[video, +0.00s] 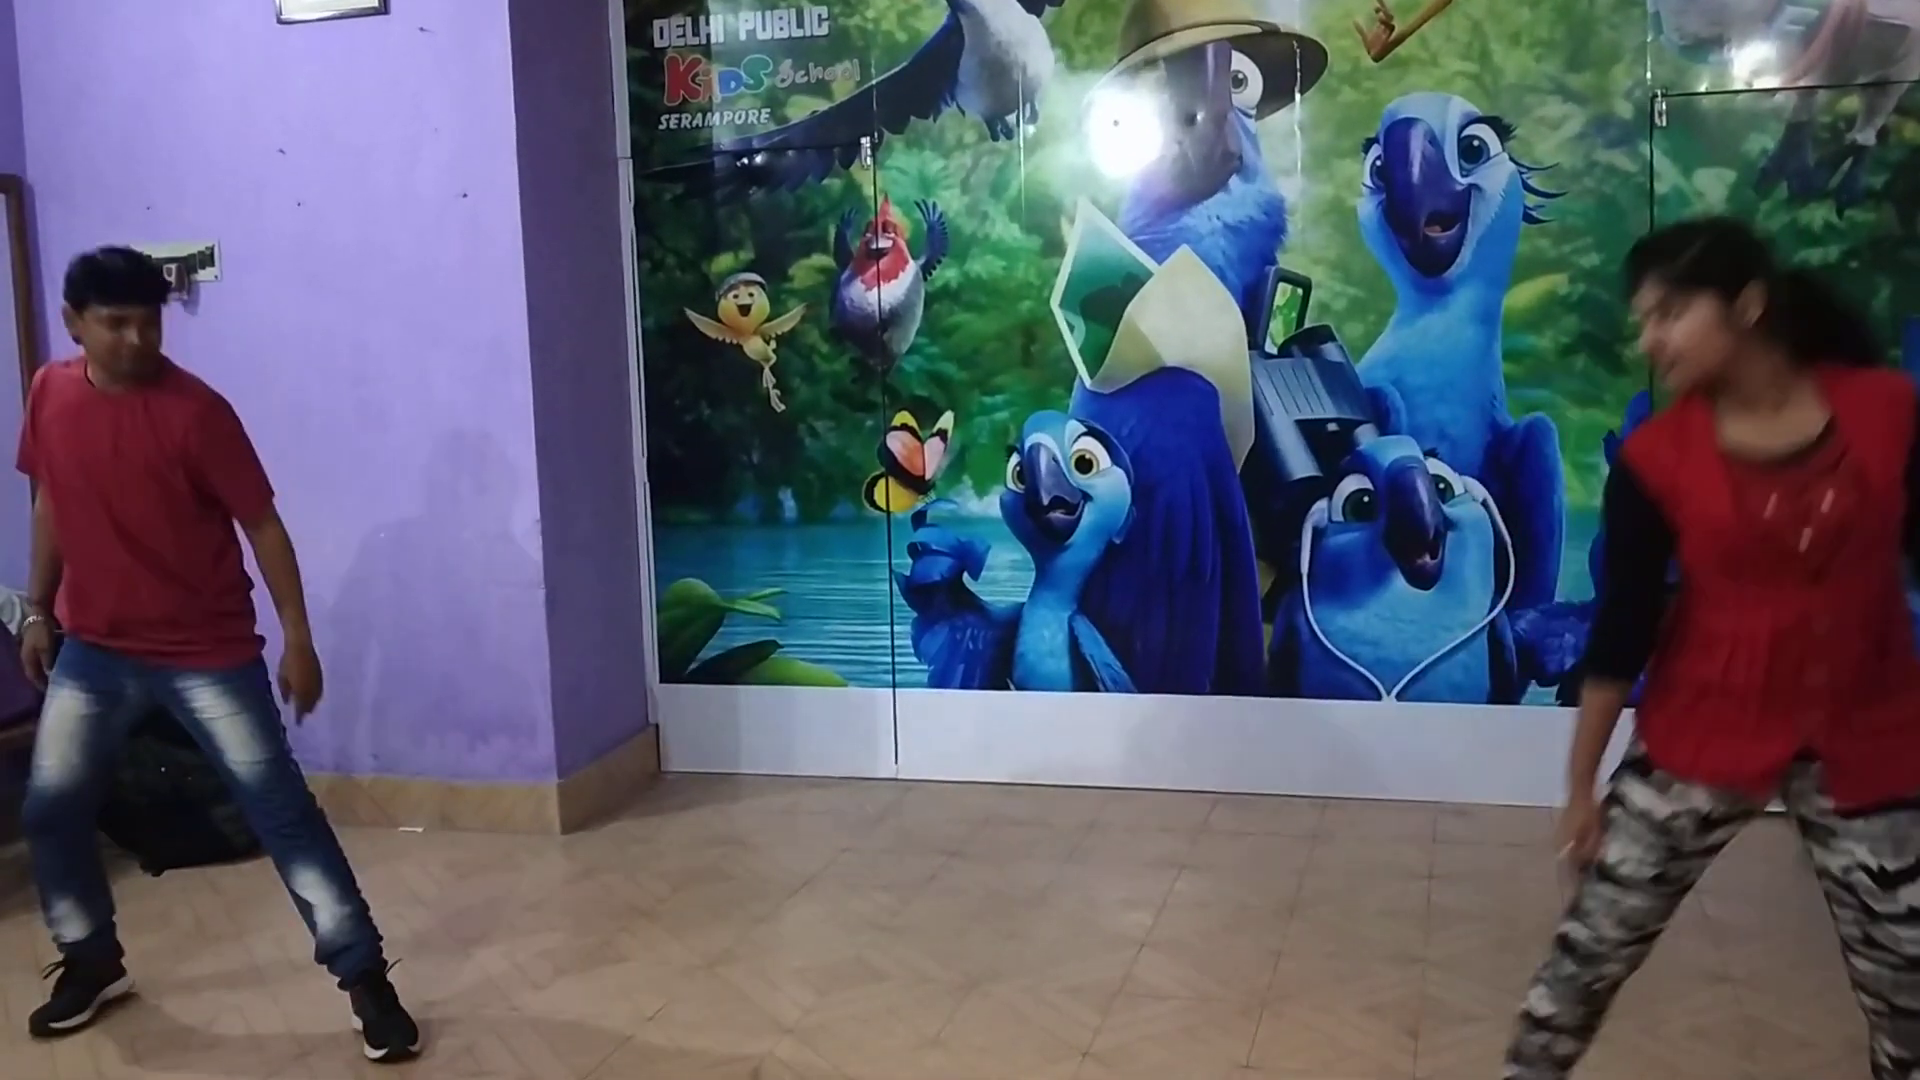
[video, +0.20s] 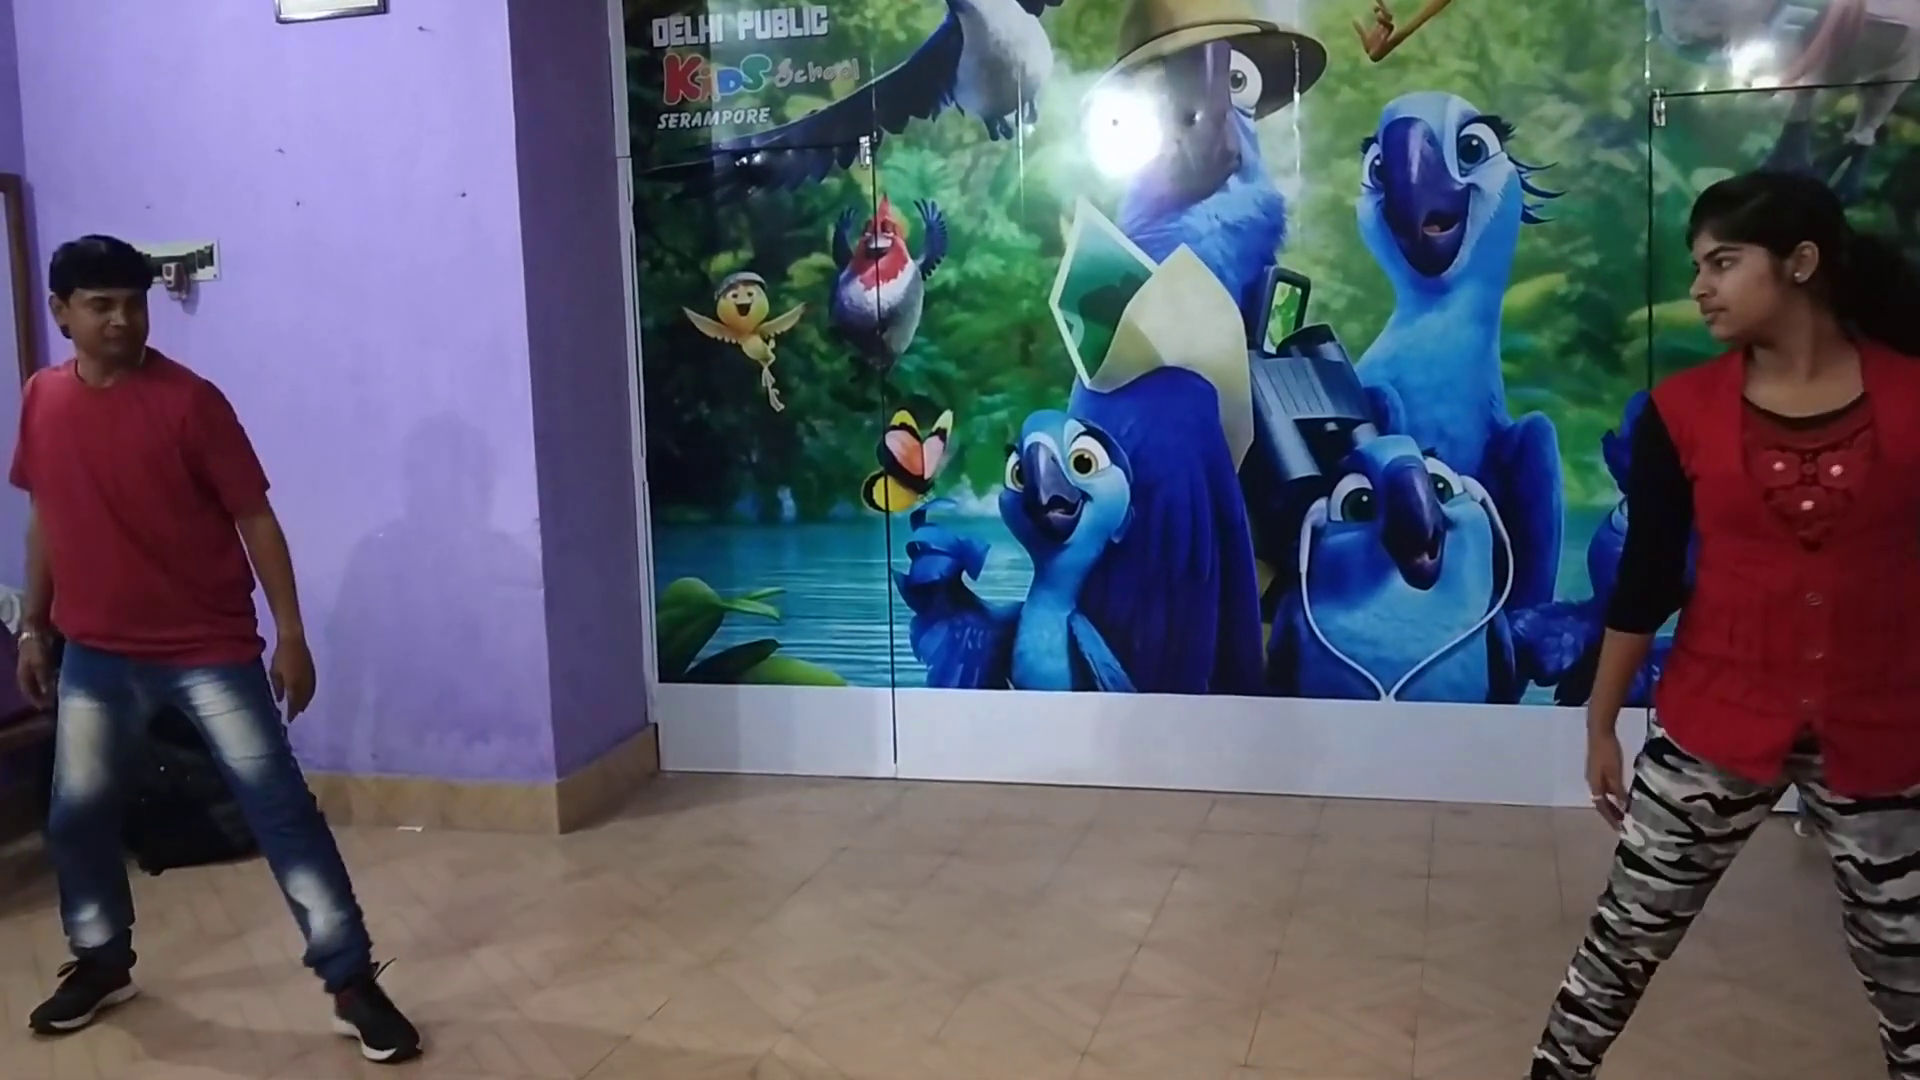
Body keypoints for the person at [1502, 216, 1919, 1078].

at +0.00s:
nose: (1648, 342)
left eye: (1666, 314)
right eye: (1642, 322)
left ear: (1746, 306)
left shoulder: (1887, 414)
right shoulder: (1657, 457)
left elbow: (1919, 555)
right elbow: (1621, 626)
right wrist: (1581, 785)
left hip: (1865, 727)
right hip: (1707, 729)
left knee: (1905, 975)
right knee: (1595, 942)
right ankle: (1529, 1070)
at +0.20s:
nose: (1701, 288)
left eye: (1721, 263)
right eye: (1697, 268)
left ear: (1801, 263)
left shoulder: (1906, 395)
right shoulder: (1680, 411)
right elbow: (1646, 575)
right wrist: (1600, 718)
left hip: (1882, 729)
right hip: (1719, 723)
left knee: (1905, 972)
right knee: (1626, 939)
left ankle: (1910, 1070)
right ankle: (1553, 1071)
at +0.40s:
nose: (1670, 293)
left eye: (1693, 270)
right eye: (1672, 274)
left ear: (1768, 276)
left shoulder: (1886, 417)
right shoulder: (1655, 419)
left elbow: (1916, 572)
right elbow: (1619, 578)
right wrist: (1574, 715)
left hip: (1842, 733)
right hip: (1687, 723)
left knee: (1882, 970)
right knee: (1586, 933)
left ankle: (1906, 1070)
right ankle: (1529, 1072)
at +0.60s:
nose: (1565, 321)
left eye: (1586, 300)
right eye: (1569, 301)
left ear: (1652, 311)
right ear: (1628, 315)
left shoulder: (1745, 455)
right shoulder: (1559, 446)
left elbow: (1779, 641)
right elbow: (1529, 591)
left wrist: (1804, 816)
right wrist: (1487, 705)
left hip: (1714, 766)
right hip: (1590, 756)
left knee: (1804, 979)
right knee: (1487, 921)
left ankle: (1892, 1065)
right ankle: (1503, 1071)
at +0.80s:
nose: (1416, 329)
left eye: (1433, 313)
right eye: (1422, 311)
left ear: (1490, 329)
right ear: (1477, 328)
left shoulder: (1537, 468)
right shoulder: (1439, 443)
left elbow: (1505, 643)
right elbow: (1391, 563)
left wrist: (1462, 786)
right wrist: (1333, 654)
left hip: (1531, 768)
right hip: (1443, 755)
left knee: (1479, 985)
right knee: (1395, 925)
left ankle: (1660, 1070)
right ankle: (1465, 1068)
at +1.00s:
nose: (1278, 336)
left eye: (1294, 318)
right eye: (1283, 318)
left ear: (1348, 333)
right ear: (1342, 336)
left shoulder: (1374, 464)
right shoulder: (1323, 447)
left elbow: (1242, 566)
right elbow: (1231, 556)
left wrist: (1115, 649)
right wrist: (1145, 619)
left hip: (1368, 745)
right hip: (1330, 737)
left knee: (1208, 905)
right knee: (1356, 943)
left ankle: (1196, 1065)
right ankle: (1463, 1071)